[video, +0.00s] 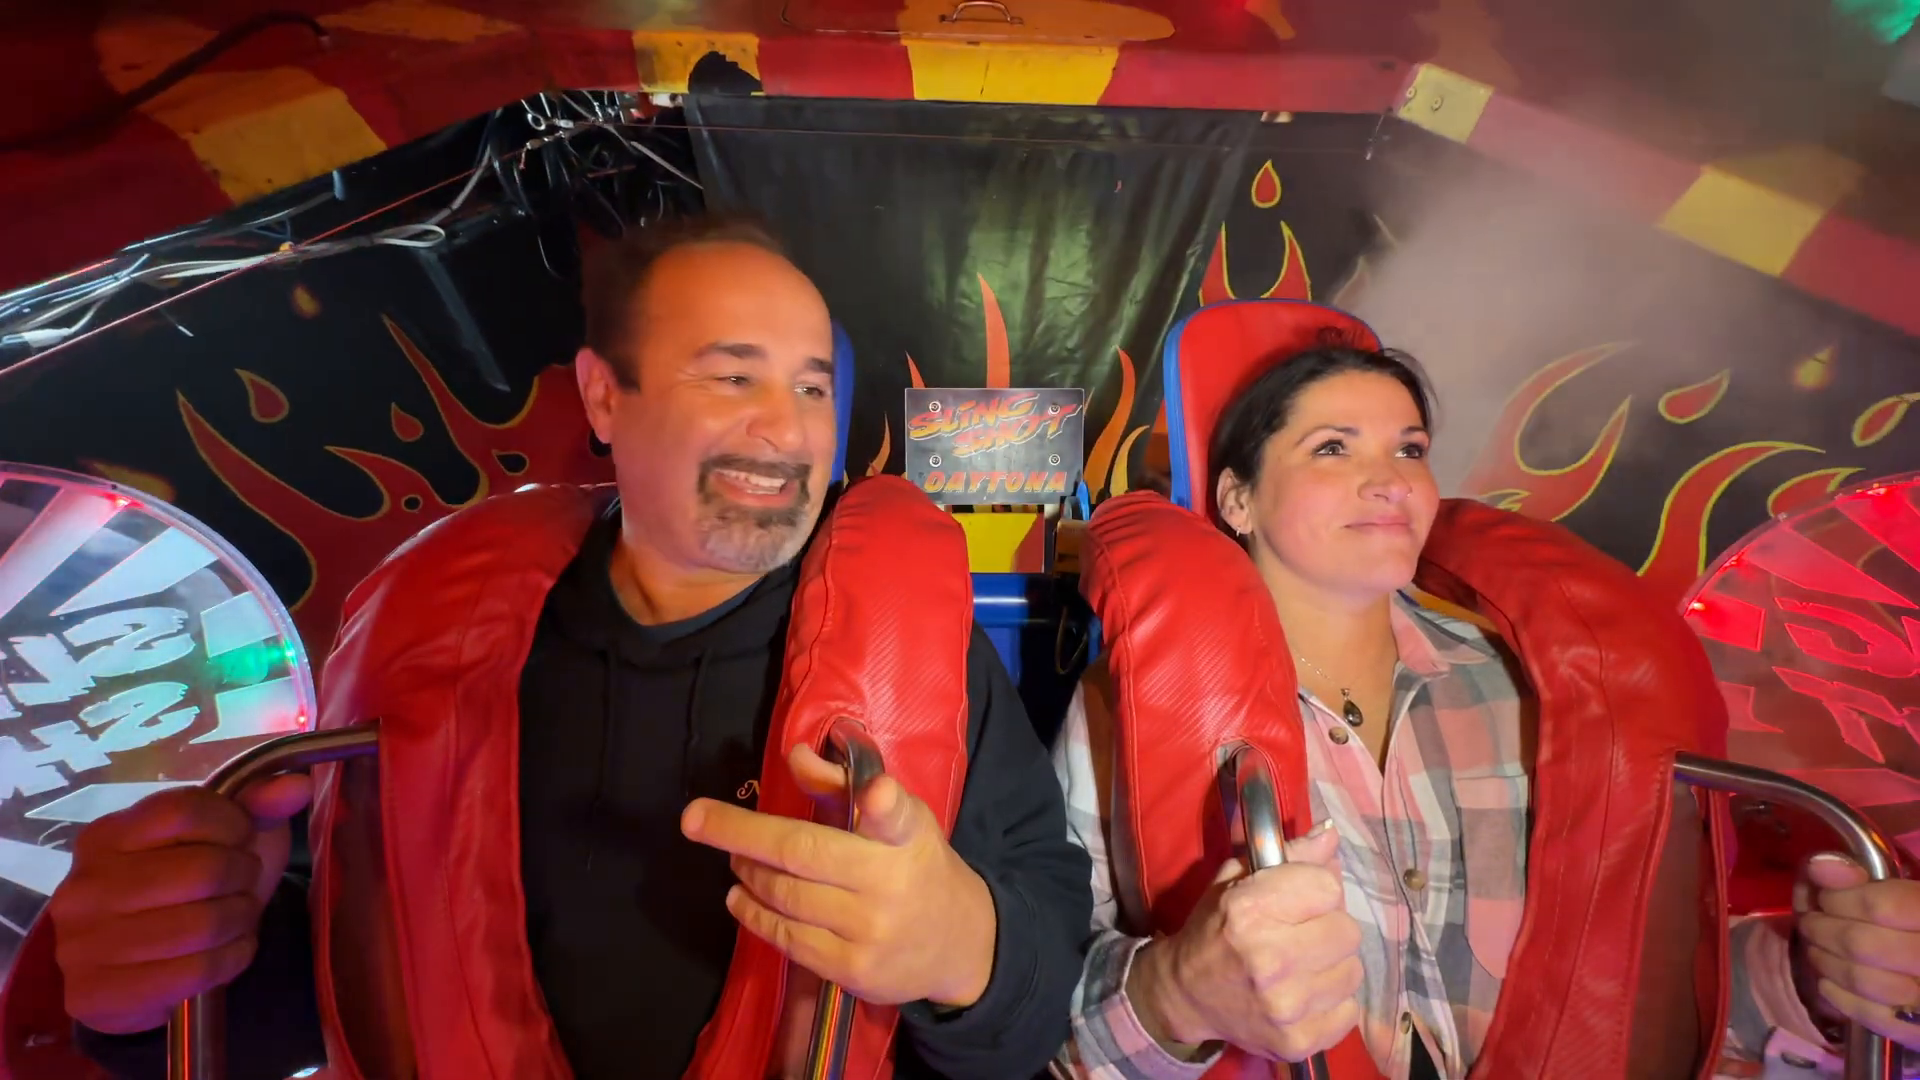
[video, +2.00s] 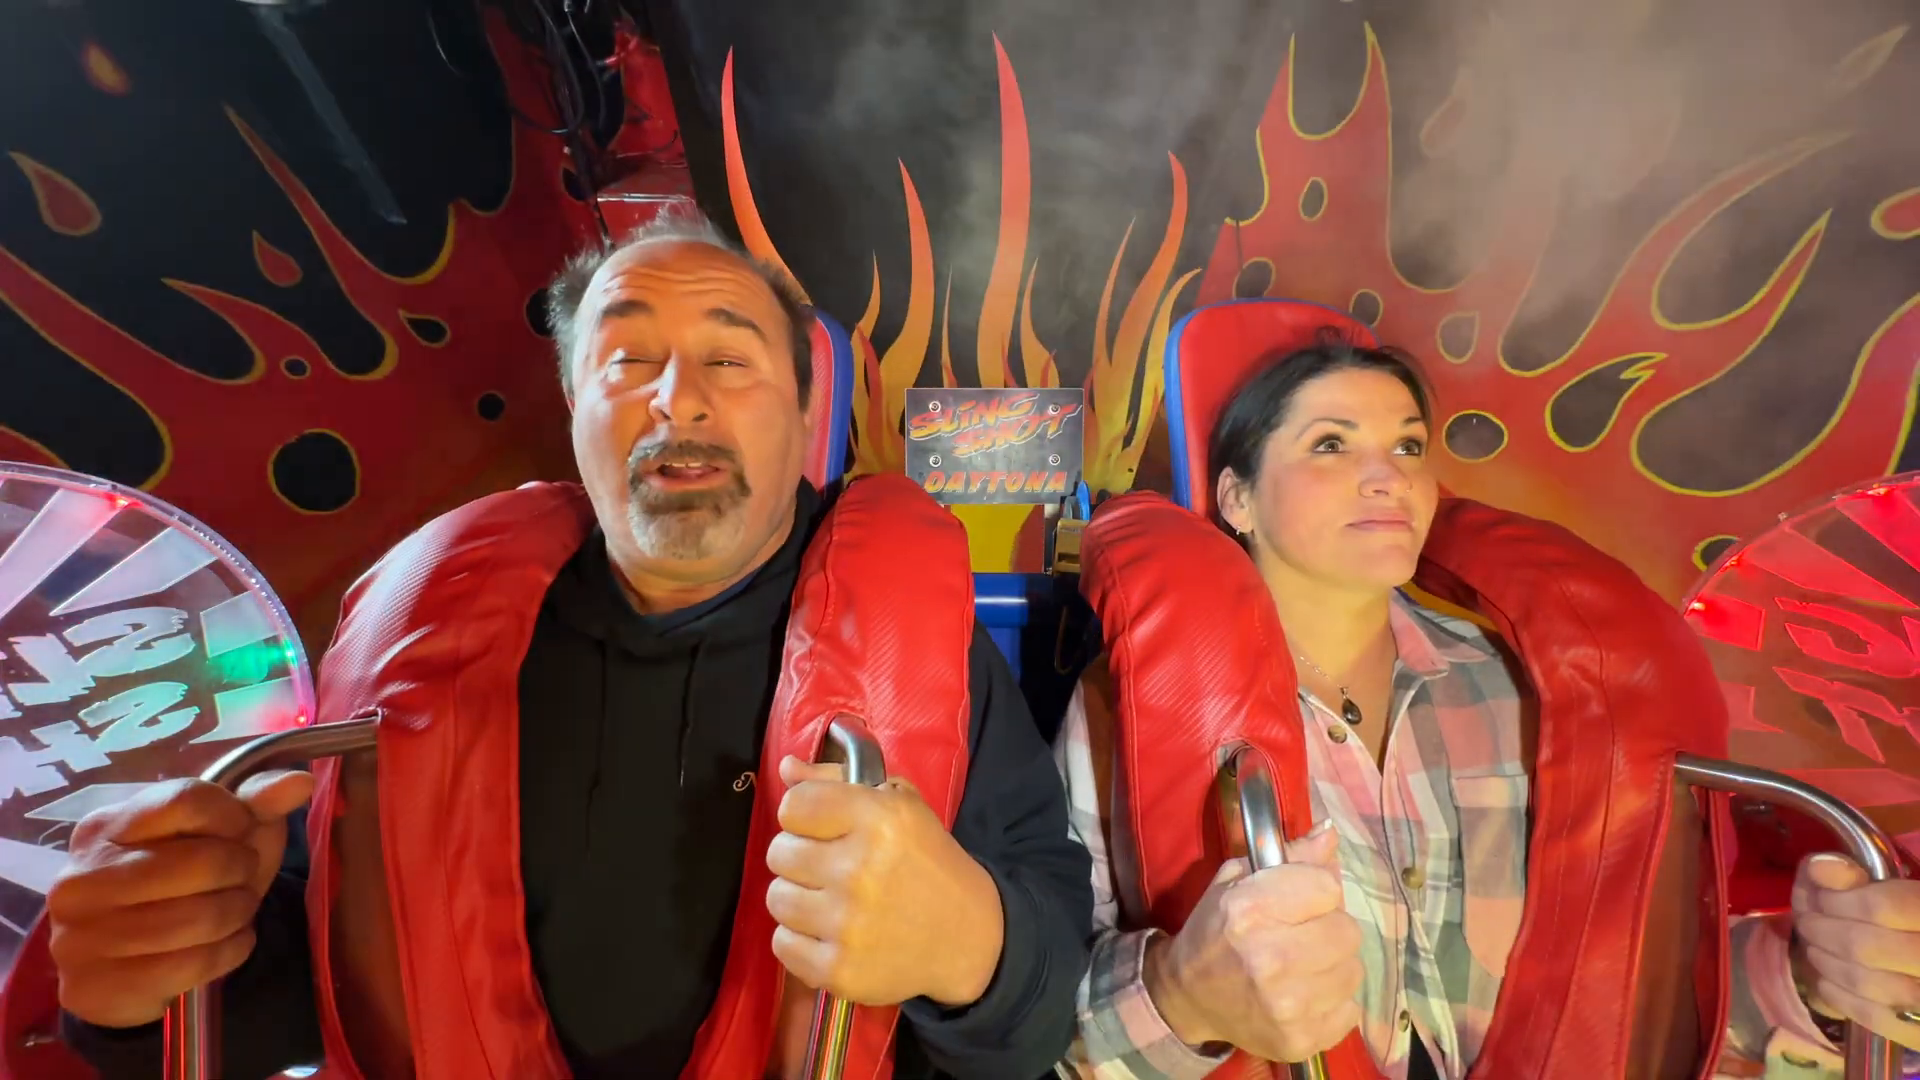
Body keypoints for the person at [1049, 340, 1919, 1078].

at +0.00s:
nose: (1389, 476)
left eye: (1410, 450)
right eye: (1332, 448)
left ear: (1434, 495)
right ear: (1239, 502)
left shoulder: (1523, 690)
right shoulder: (1144, 708)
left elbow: (1617, 963)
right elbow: (1047, 1031)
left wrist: (1803, 971)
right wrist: (1170, 996)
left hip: (1505, 1066)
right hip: (1265, 1071)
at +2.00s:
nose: (1388, 478)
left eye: (1408, 447)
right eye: (1330, 447)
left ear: (1437, 485)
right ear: (1238, 500)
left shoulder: (1514, 693)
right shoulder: (1141, 712)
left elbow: (1599, 975)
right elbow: (1041, 1028)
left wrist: (1793, 968)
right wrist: (1170, 1000)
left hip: (1488, 1067)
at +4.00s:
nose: (1382, 485)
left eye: (1405, 454)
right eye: (1328, 454)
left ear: (1436, 487)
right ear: (1235, 500)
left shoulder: (1514, 692)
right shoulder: (1137, 715)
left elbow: (1605, 972)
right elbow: (1055, 1029)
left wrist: (1801, 972)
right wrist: (1173, 1003)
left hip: (1488, 1066)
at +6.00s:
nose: (1383, 482)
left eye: (1405, 454)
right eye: (1328, 454)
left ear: (1435, 488)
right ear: (1238, 500)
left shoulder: (1518, 686)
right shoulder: (1143, 708)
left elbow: (1607, 969)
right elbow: (1050, 1031)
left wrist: (1790, 972)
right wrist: (1171, 996)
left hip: (1501, 1065)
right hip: (1269, 1073)